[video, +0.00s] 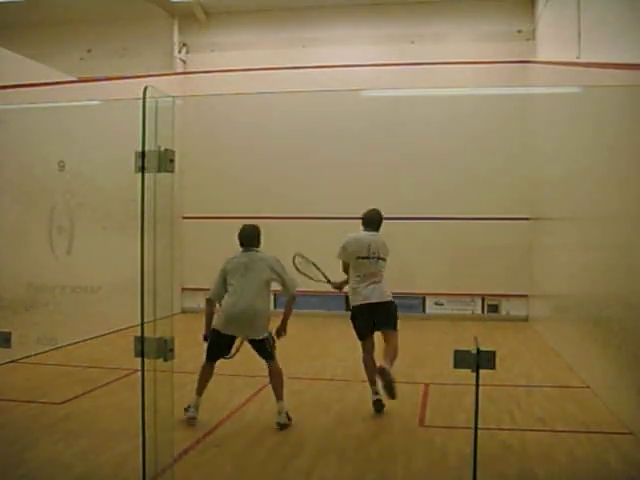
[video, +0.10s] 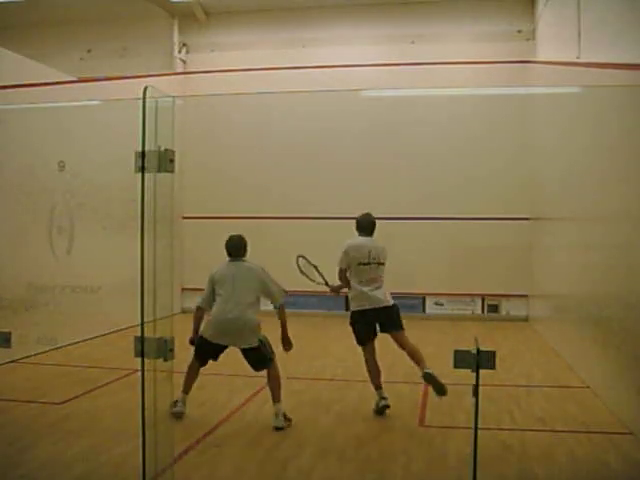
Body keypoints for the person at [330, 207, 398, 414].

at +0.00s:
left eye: (363, 220)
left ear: (362, 222)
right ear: (379, 225)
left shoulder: (350, 242)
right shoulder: (383, 245)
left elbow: (346, 270)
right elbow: (372, 272)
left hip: (360, 303)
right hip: (383, 301)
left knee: (367, 350)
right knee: (391, 341)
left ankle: (375, 394)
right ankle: (386, 367)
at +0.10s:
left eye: (356, 223)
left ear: (356, 228)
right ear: (374, 229)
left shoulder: (350, 247)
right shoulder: (381, 249)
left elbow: (342, 276)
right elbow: (372, 279)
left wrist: (349, 287)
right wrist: (342, 287)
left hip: (361, 309)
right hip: (385, 304)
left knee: (369, 354)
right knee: (404, 342)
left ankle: (381, 396)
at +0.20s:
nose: (352, 239)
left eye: (351, 235)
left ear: (351, 237)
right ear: (368, 236)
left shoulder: (347, 257)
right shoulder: (377, 254)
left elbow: (340, 287)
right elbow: (378, 283)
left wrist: (345, 305)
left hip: (362, 317)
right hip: (384, 312)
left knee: (373, 360)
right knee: (405, 346)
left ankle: (387, 401)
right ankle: (434, 380)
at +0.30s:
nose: (344, 242)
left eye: (344, 238)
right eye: (345, 238)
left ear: (345, 239)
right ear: (361, 238)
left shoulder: (344, 259)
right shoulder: (374, 256)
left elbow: (341, 289)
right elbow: (377, 283)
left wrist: (338, 314)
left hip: (361, 317)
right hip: (382, 312)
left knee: (371, 359)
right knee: (393, 347)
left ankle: (388, 398)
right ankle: (405, 383)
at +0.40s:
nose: (337, 247)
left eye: (338, 244)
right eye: (337, 243)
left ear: (344, 244)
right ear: (355, 242)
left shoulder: (344, 263)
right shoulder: (372, 259)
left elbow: (341, 293)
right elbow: (382, 289)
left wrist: (335, 320)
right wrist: (389, 312)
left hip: (356, 319)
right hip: (375, 316)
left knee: (354, 357)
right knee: (375, 349)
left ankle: (381, 384)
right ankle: (388, 387)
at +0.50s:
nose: (328, 246)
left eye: (331, 243)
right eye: (329, 243)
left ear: (338, 244)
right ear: (347, 244)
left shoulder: (340, 264)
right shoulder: (363, 260)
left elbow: (339, 293)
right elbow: (379, 284)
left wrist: (329, 319)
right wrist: (393, 307)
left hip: (349, 320)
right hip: (369, 318)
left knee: (335, 353)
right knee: (371, 349)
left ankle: (363, 377)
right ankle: (389, 386)